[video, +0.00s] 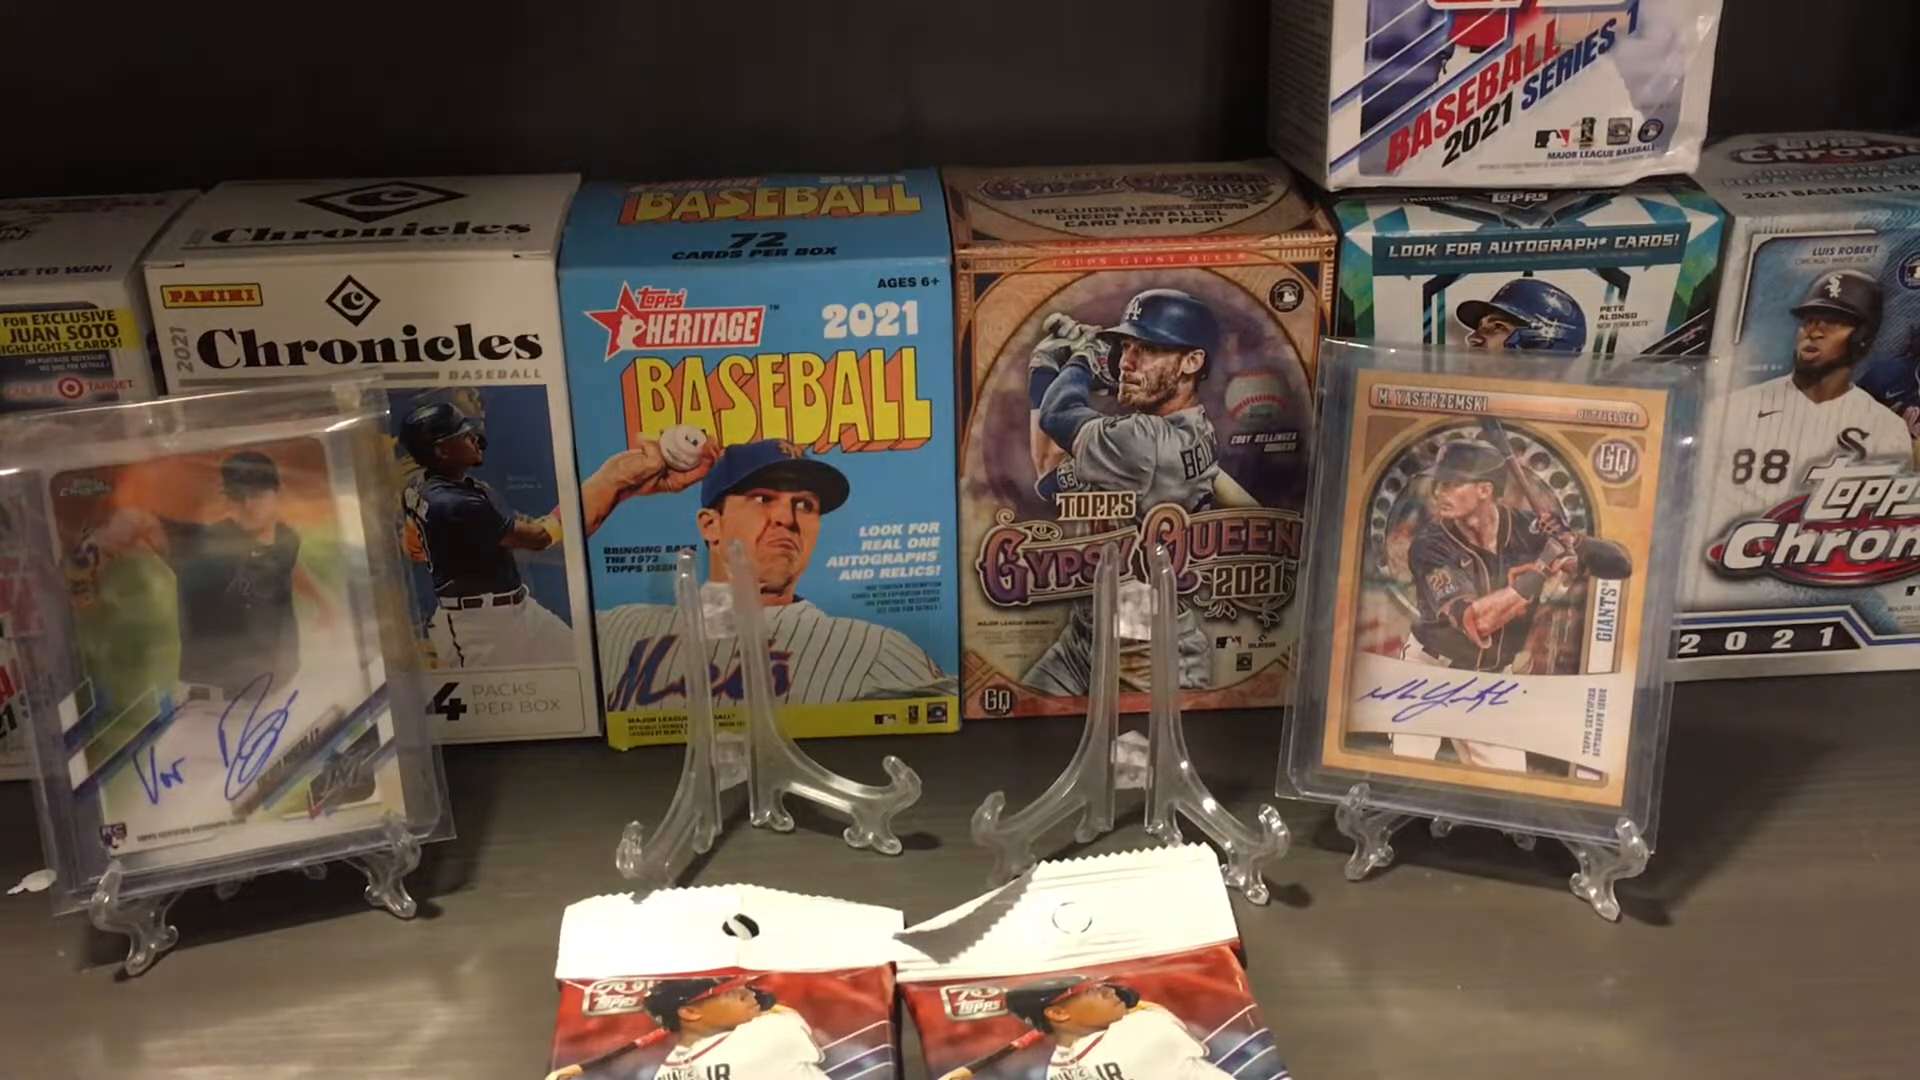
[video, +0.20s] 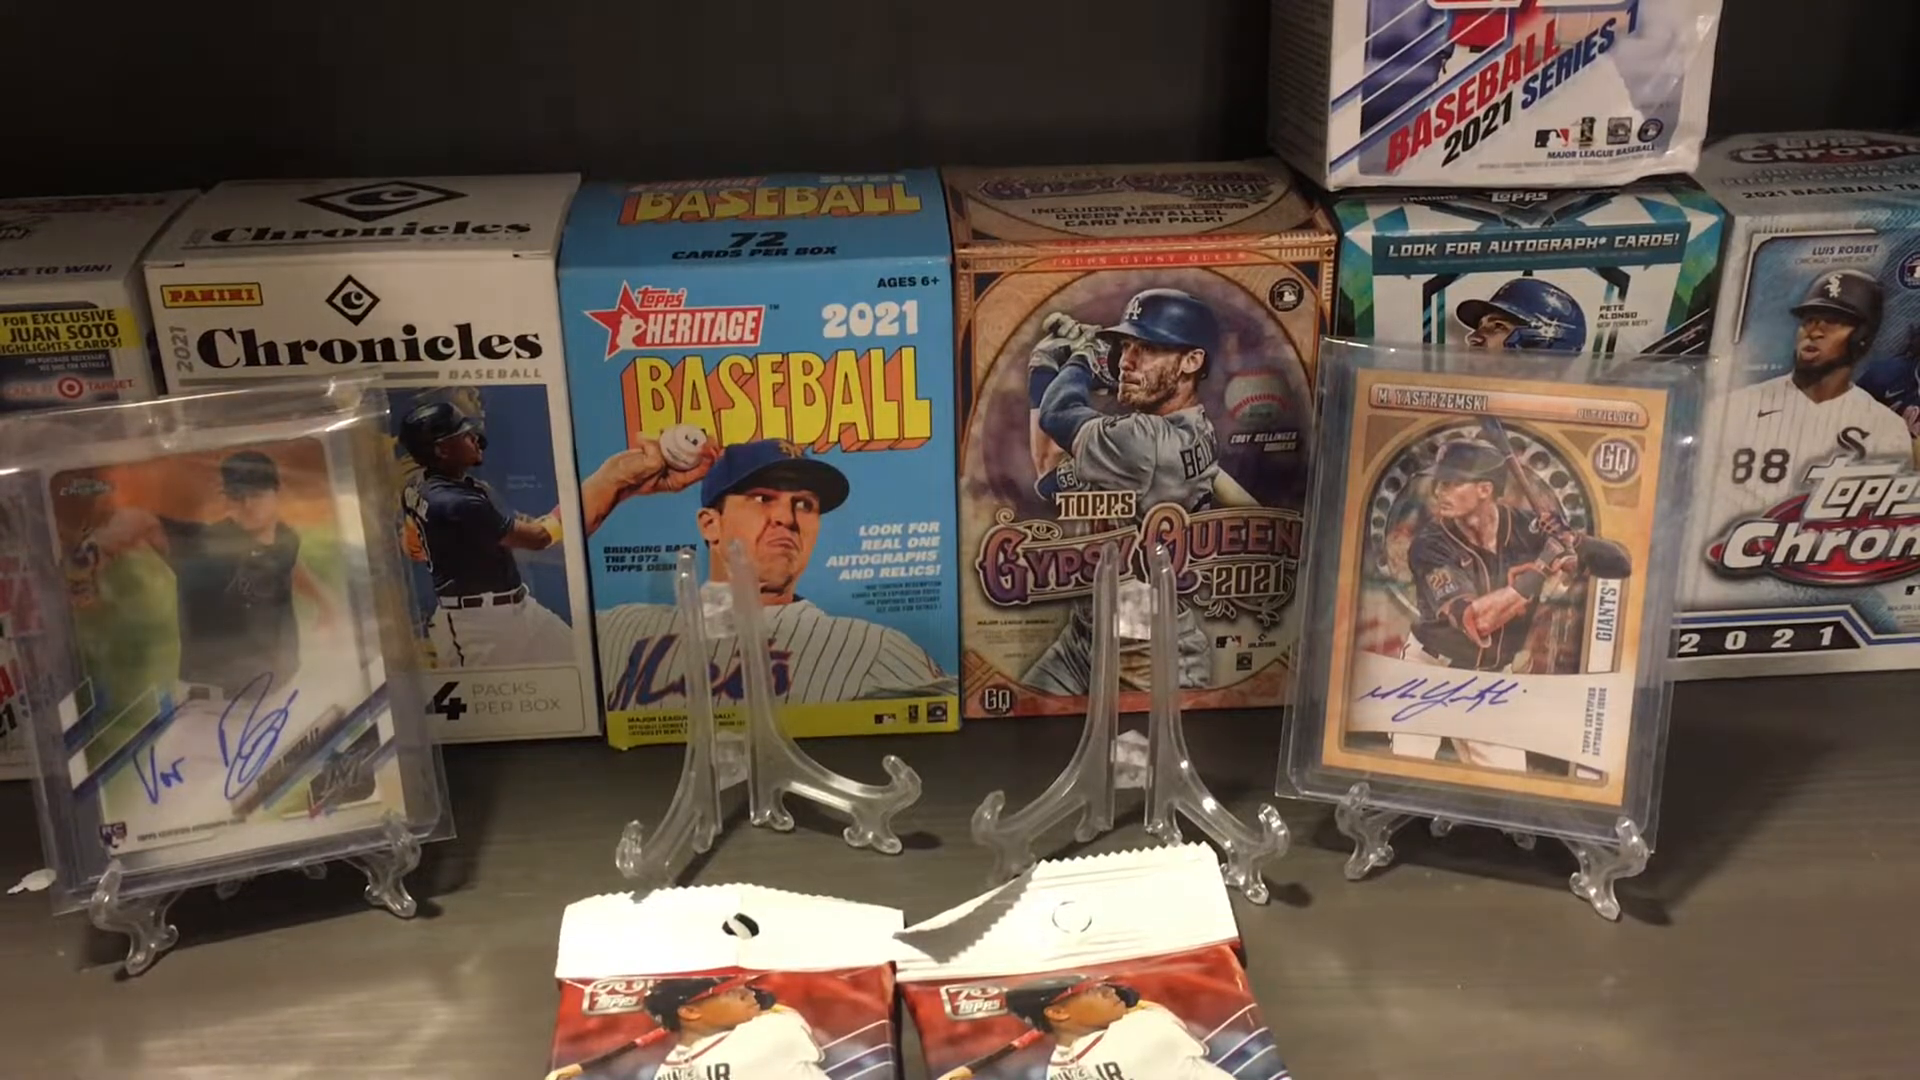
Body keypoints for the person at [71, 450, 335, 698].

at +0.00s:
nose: (247, 507)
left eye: (256, 496)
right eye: (237, 498)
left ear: (275, 496)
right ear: (227, 500)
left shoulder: (286, 540)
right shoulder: (203, 542)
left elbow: (291, 570)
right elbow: (137, 521)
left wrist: (323, 602)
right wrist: (109, 540)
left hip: (277, 686)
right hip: (215, 693)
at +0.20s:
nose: (247, 506)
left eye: (256, 495)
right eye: (237, 497)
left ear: (275, 495)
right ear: (227, 500)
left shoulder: (286, 540)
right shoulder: (203, 542)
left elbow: (291, 569)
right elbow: (140, 521)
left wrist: (323, 601)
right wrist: (104, 545)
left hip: (276, 685)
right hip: (213, 692)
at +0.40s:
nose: (248, 506)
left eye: (257, 495)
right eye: (238, 497)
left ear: (275, 495)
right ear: (227, 500)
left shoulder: (286, 540)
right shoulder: (201, 543)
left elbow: (291, 569)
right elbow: (139, 522)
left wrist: (324, 602)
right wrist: (95, 552)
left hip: (275, 688)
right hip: (213, 694)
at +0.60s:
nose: (247, 506)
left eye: (257, 495)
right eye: (237, 497)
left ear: (275, 495)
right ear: (227, 500)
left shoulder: (286, 540)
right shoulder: (202, 542)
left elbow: (292, 569)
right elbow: (141, 521)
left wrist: (324, 602)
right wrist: (111, 539)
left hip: (276, 686)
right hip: (214, 692)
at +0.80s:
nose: (248, 506)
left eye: (257, 495)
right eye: (237, 497)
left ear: (276, 495)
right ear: (227, 499)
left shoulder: (286, 540)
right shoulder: (201, 543)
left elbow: (292, 568)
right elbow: (137, 521)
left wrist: (324, 602)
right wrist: (108, 543)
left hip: (276, 691)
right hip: (214, 696)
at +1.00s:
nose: (247, 507)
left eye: (256, 496)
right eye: (237, 498)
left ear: (276, 495)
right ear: (226, 499)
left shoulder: (286, 540)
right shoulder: (201, 541)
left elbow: (291, 569)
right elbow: (134, 518)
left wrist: (324, 602)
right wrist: (111, 541)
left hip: (274, 687)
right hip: (212, 693)